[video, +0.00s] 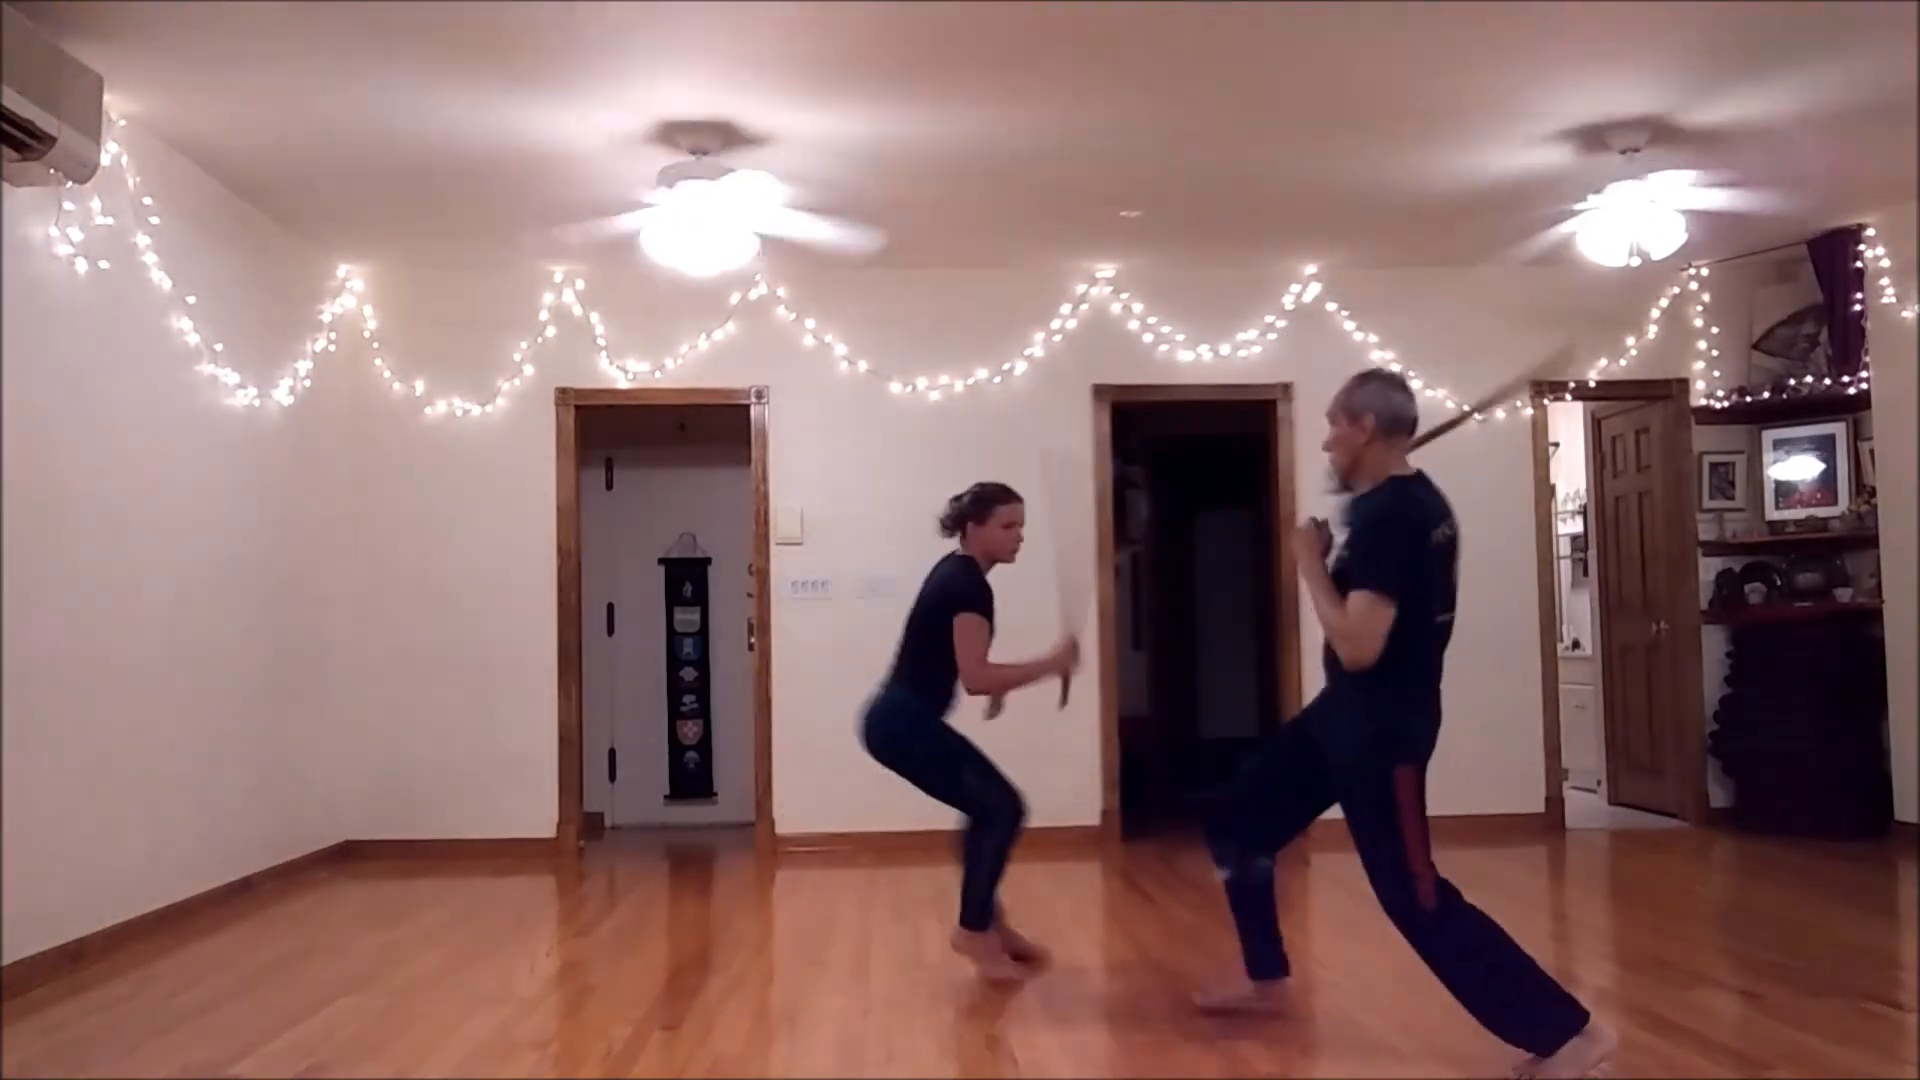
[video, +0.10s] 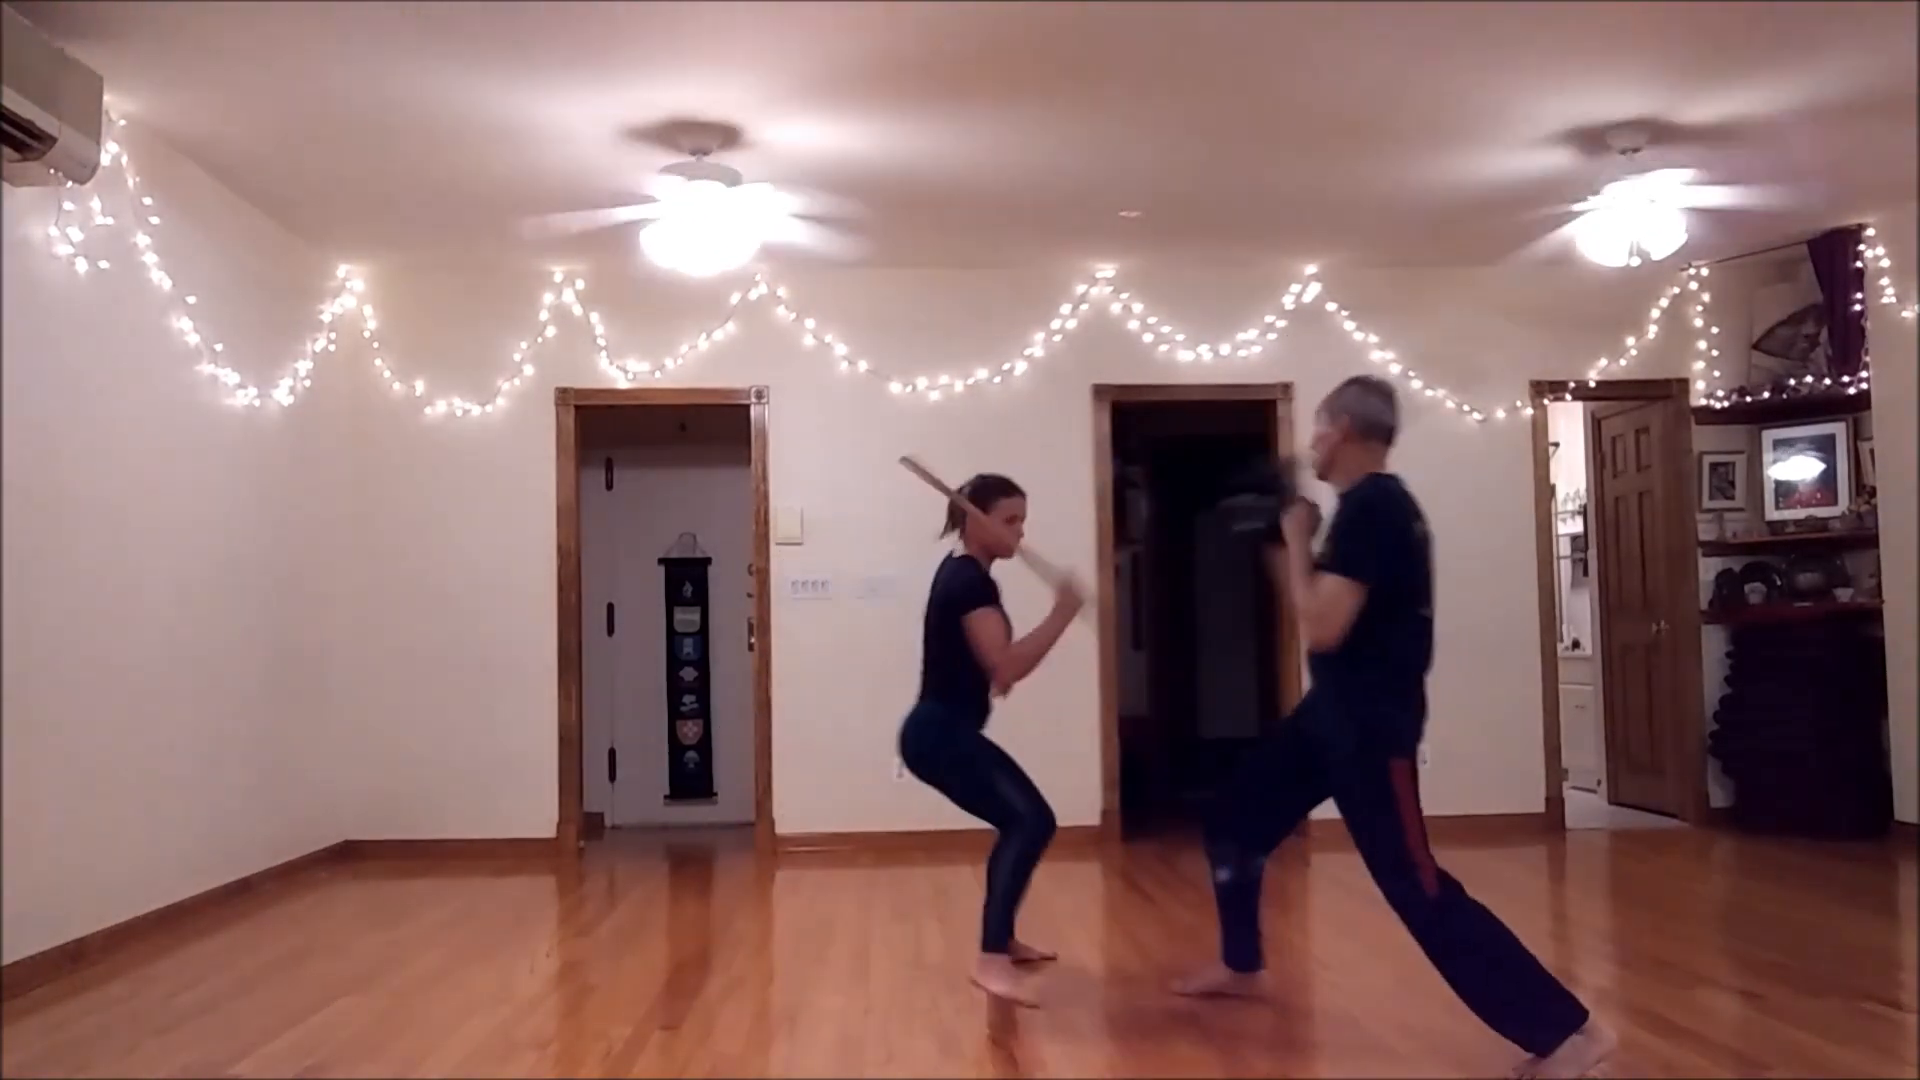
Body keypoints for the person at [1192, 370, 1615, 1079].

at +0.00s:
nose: (1325, 439)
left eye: (1333, 424)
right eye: (1329, 424)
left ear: (1364, 430)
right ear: (1383, 431)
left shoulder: (1394, 511)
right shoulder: (1410, 499)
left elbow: (1358, 646)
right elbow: (1391, 625)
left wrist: (1311, 563)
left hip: (1382, 726)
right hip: (1351, 715)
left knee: (1416, 895)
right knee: (1238, 823)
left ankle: (1568, 1034)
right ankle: (1265, 977)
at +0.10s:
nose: (1312, 438)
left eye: (1321, 425)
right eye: (1317, 425)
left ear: (1345, 433)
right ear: (1369, 436)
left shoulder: (1374, 508)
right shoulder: (1371, 504)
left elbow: (1321, 626)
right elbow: (1328, 616)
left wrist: (1296, 543)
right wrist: (1294, 545)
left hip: (1372, 723)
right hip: (1335, 714)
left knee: (1417, 885)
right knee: (1236, 815)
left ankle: (1567, 1032)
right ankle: (1239, 964)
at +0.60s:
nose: (1169, 477)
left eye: (1170, 464)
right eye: (1169, 465)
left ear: (1187, 458)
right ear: (1219, 454)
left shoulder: (1241, 497)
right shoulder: (1215, 517)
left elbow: (1215, 593)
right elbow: (1198, 636)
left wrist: (1182, 545)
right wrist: (1131, 689)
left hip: (1279, 698)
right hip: (1233, 699)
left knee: (1289, 840)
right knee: (1188, 823)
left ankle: (1402, 972)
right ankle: (1215, 961)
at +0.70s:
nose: (1164, 473)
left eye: (1165, 460)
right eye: (1162, 462)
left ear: (1183, 453)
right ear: (1211, 450)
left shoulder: (1239, 491)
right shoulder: (1219, 511)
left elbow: (1210, 590)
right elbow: (1204, 634)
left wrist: (1182, 543)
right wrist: (1139, 689)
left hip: (1276, 695)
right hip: (1234, 696)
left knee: (1298, 837)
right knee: (1187, 821)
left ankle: (1405, 974)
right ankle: (1214, 960)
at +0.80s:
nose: (1159, 473)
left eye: (1160, 459)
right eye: (1157, 461)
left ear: (1182, 450)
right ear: (1206, 450)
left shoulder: (1235, 488)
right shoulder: (1220, 507)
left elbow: (1208, 589)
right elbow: (1207, 634)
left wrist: (1181, 543)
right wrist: (1142, 691)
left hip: (1273, 690)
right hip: (1232, 692)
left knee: (1303, 834)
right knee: (1186, 816)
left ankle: (1400, 975)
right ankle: (1214, 959)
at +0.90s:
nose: (1157, 472)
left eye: (1158, 458)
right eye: (1155, 460)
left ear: (1178, 449)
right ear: (1205, 447)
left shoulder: (1236, 489)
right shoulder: (1220, 508)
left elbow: (1207, 588)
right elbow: (1210, 632)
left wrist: (1180, 539)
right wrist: (1146, 693)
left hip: (1274, 690)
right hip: (1233, 692)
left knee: (1305, 832)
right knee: (1184, 811)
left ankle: (1403, 978)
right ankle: (1215, 958)